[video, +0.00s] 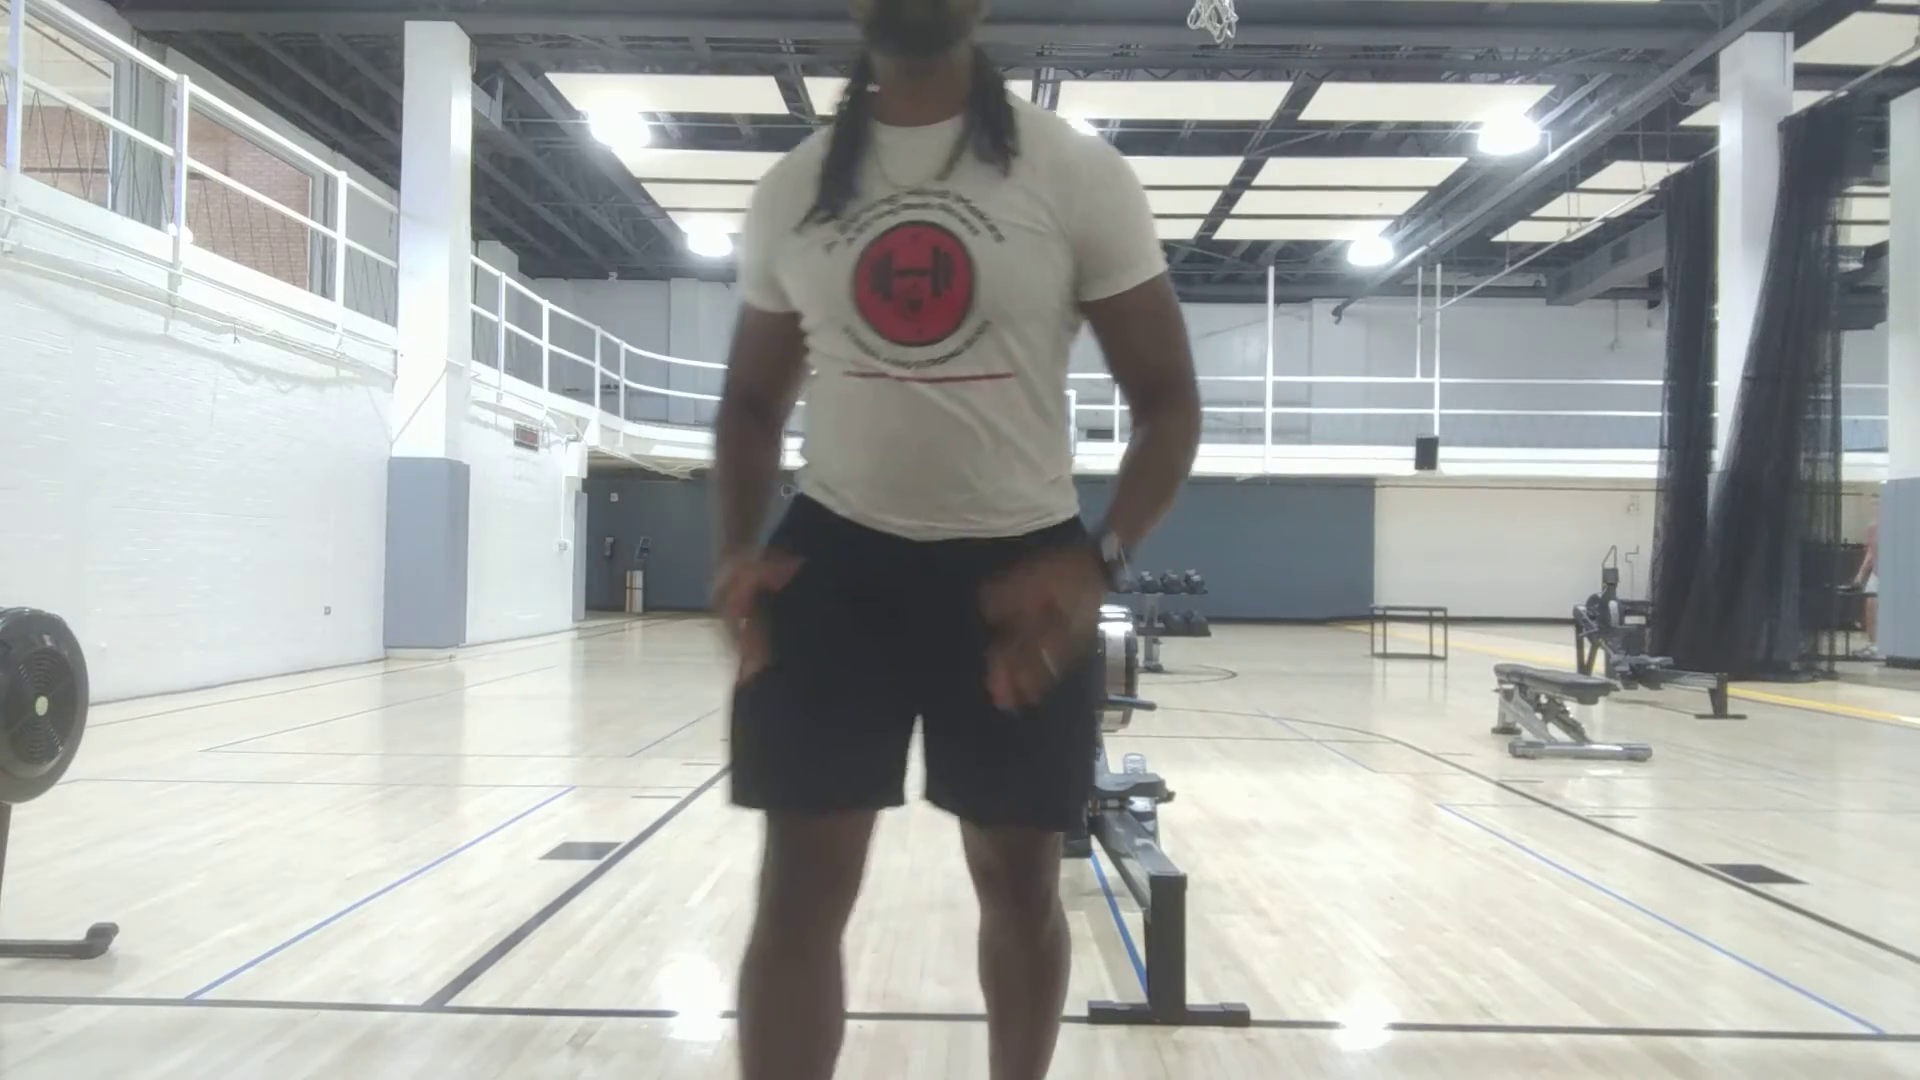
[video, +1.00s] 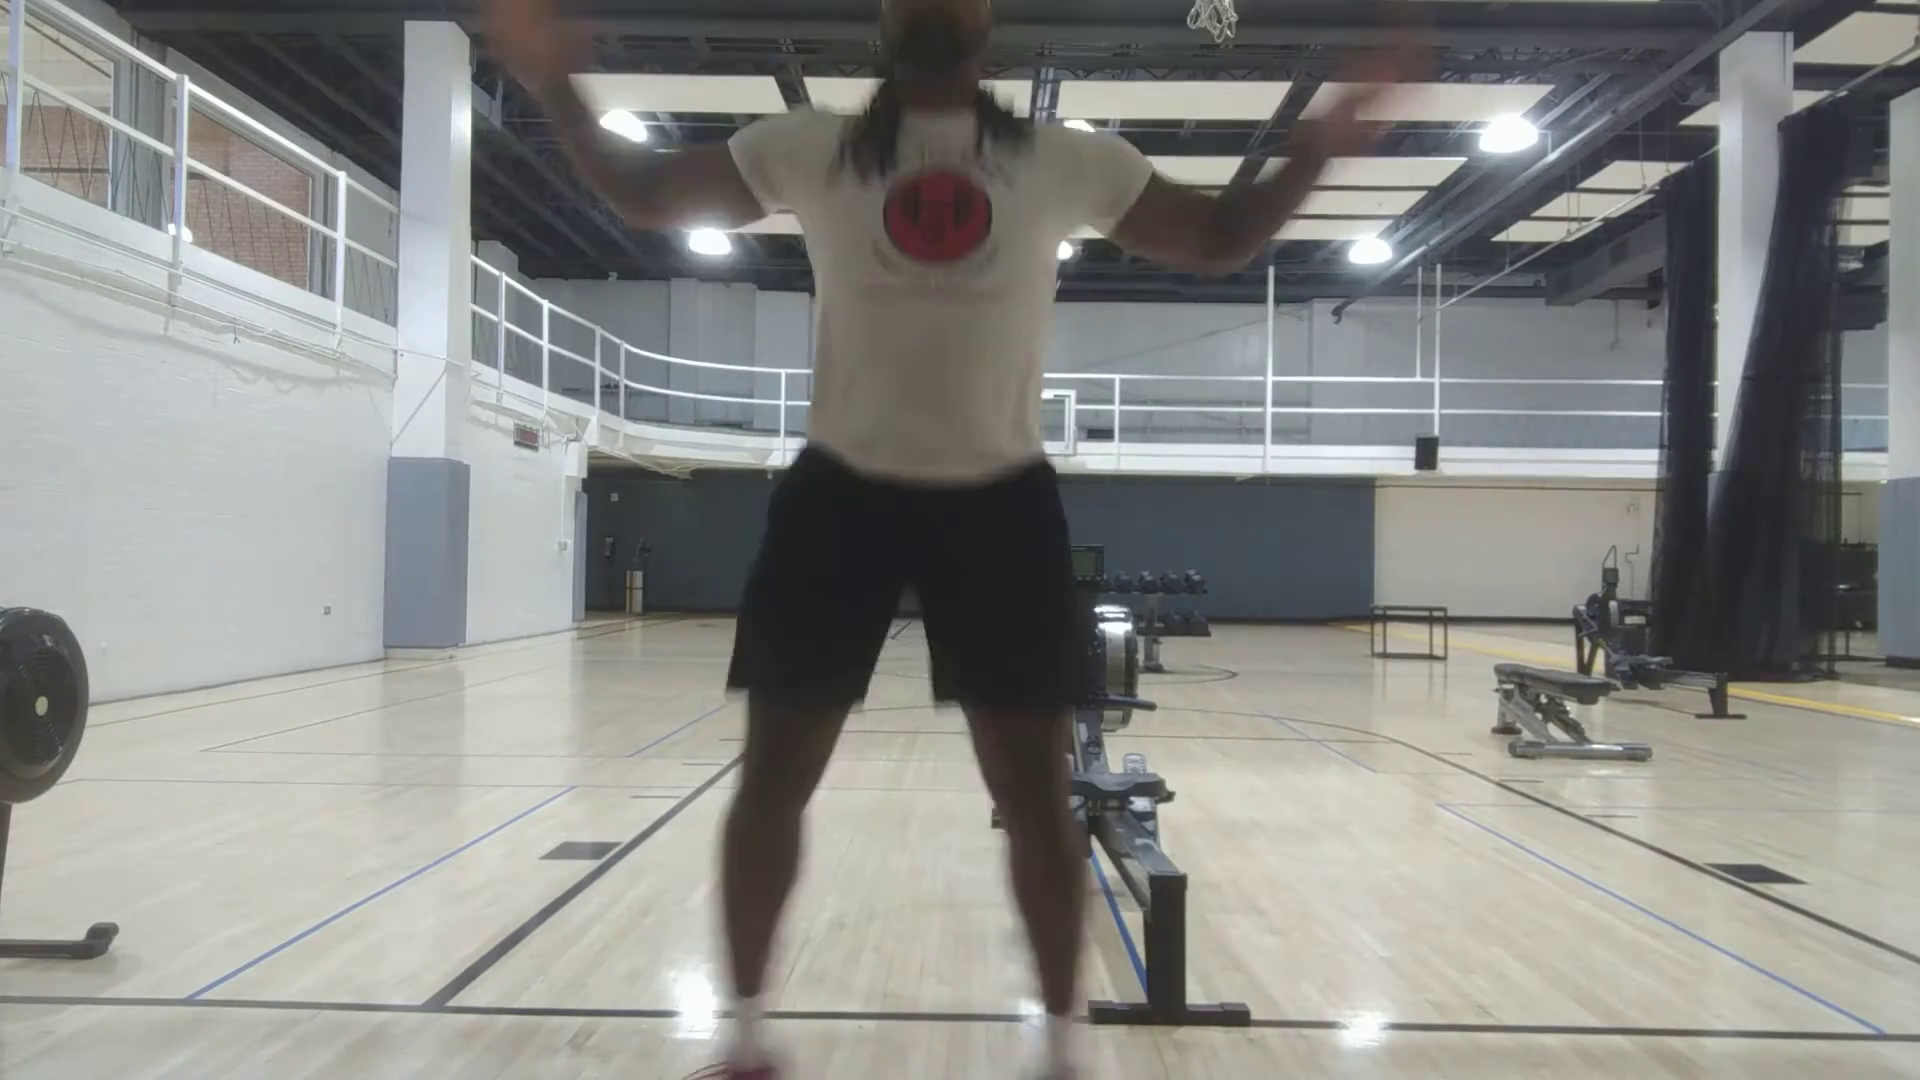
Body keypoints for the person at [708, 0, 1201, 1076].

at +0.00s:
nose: (910, 1)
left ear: (980, 8)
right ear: (853, 11)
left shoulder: (1078, 177)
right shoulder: (797, 186)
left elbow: (1169, 405)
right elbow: (752, 398)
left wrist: (1099, 557)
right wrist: (736, 550)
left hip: (1020, 569)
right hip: (837, 562)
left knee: (1019, 888)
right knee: (800, 894)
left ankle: (1018, 1075)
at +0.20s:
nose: (968, 1)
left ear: (1036, 14)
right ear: (911, 11)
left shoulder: (1111, 183)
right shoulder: (833, 179)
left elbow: (1175, 396)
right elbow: (779, 381)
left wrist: (1068, 494)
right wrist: (818, 481)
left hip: (1035, 571)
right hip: (866, 564)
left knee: (1037, 873)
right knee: (848, 875)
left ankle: (1023, 1074)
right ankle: (877, 1073)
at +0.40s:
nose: (975, 47)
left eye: (1002, 28)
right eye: (953, 27)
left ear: (1041, 60)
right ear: (921, 54)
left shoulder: (1096, 239)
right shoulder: (850, 229)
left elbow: (1148, 410)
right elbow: (769, 400)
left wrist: (1179, 518)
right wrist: (743, 529)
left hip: (1045, 592)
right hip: (883, 589)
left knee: (1049, 884)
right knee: (881, 878)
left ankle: (1030, 1076)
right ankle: (899, 1072)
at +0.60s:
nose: (949, 19)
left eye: (970, 10)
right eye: (935, 10)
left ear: (1014, 21)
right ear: (912, 24)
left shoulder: (1092, 125)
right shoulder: (841, 127)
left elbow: (1236, 241)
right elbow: (668, 236)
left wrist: (1311, 146)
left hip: (1029, 495)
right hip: (865, 488)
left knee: (1063, 802)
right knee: (800, 782)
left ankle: (1090, 1056)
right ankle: (750, 1046)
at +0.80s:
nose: (945, 126)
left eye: (965, 106)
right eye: (922, 106)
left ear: (998, 119)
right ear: (890, 121)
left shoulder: (1068, 237)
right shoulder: (820, 244)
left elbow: (1243, 159)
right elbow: (647, 171)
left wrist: (1105, 57)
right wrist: (737, 50)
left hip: (1016, 627)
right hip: (848, 618)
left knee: (1075, 894)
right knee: (751, 881)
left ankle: (1119, 1078)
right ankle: (670, 1067)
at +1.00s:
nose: (939, 23)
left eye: (960, 10)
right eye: (917, 10)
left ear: (992, 32)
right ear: (878, 29)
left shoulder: (1062, 157)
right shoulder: (810, 144)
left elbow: (1218, 239)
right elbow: (637, 191)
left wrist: (1330, 132)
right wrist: (555, 83)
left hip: (1000, 506)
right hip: (841, 499)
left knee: (1037, 792)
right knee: (774, 773)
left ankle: (1062, 1038)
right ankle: (745, 1030)